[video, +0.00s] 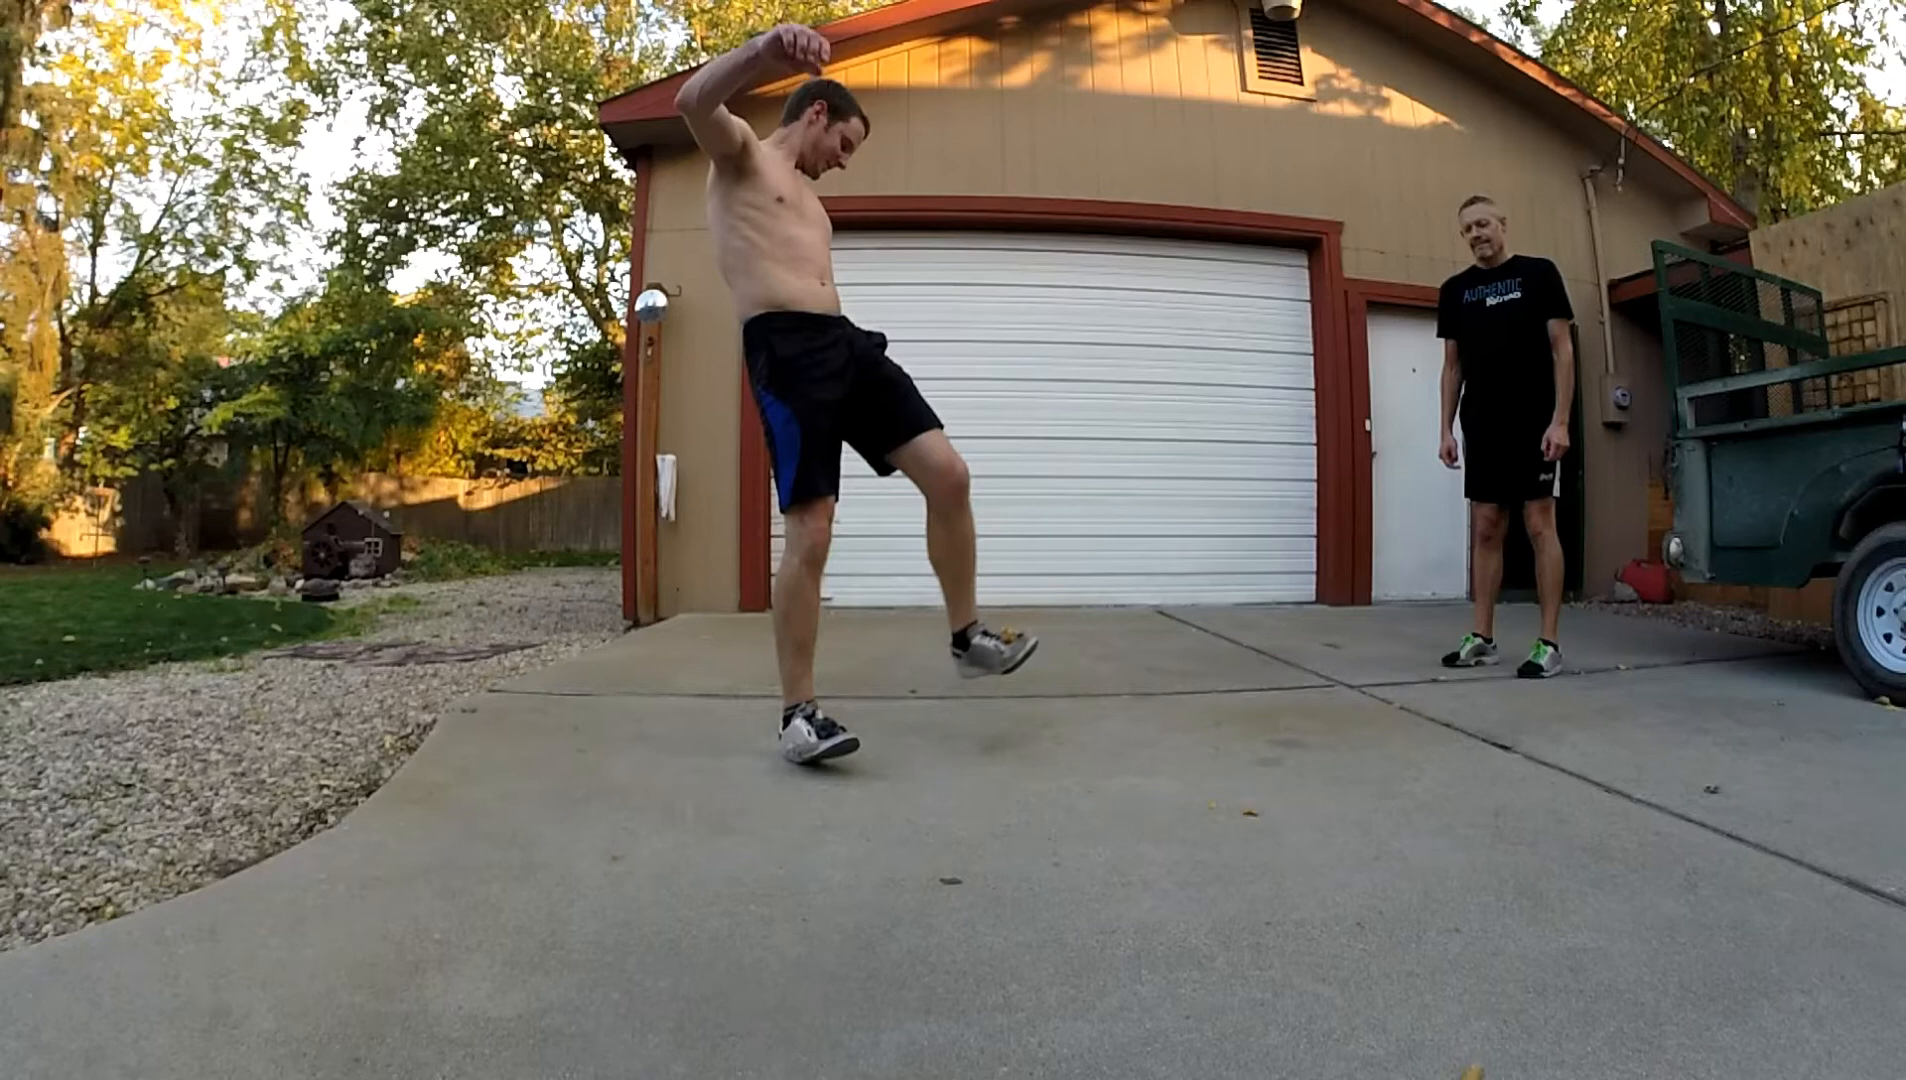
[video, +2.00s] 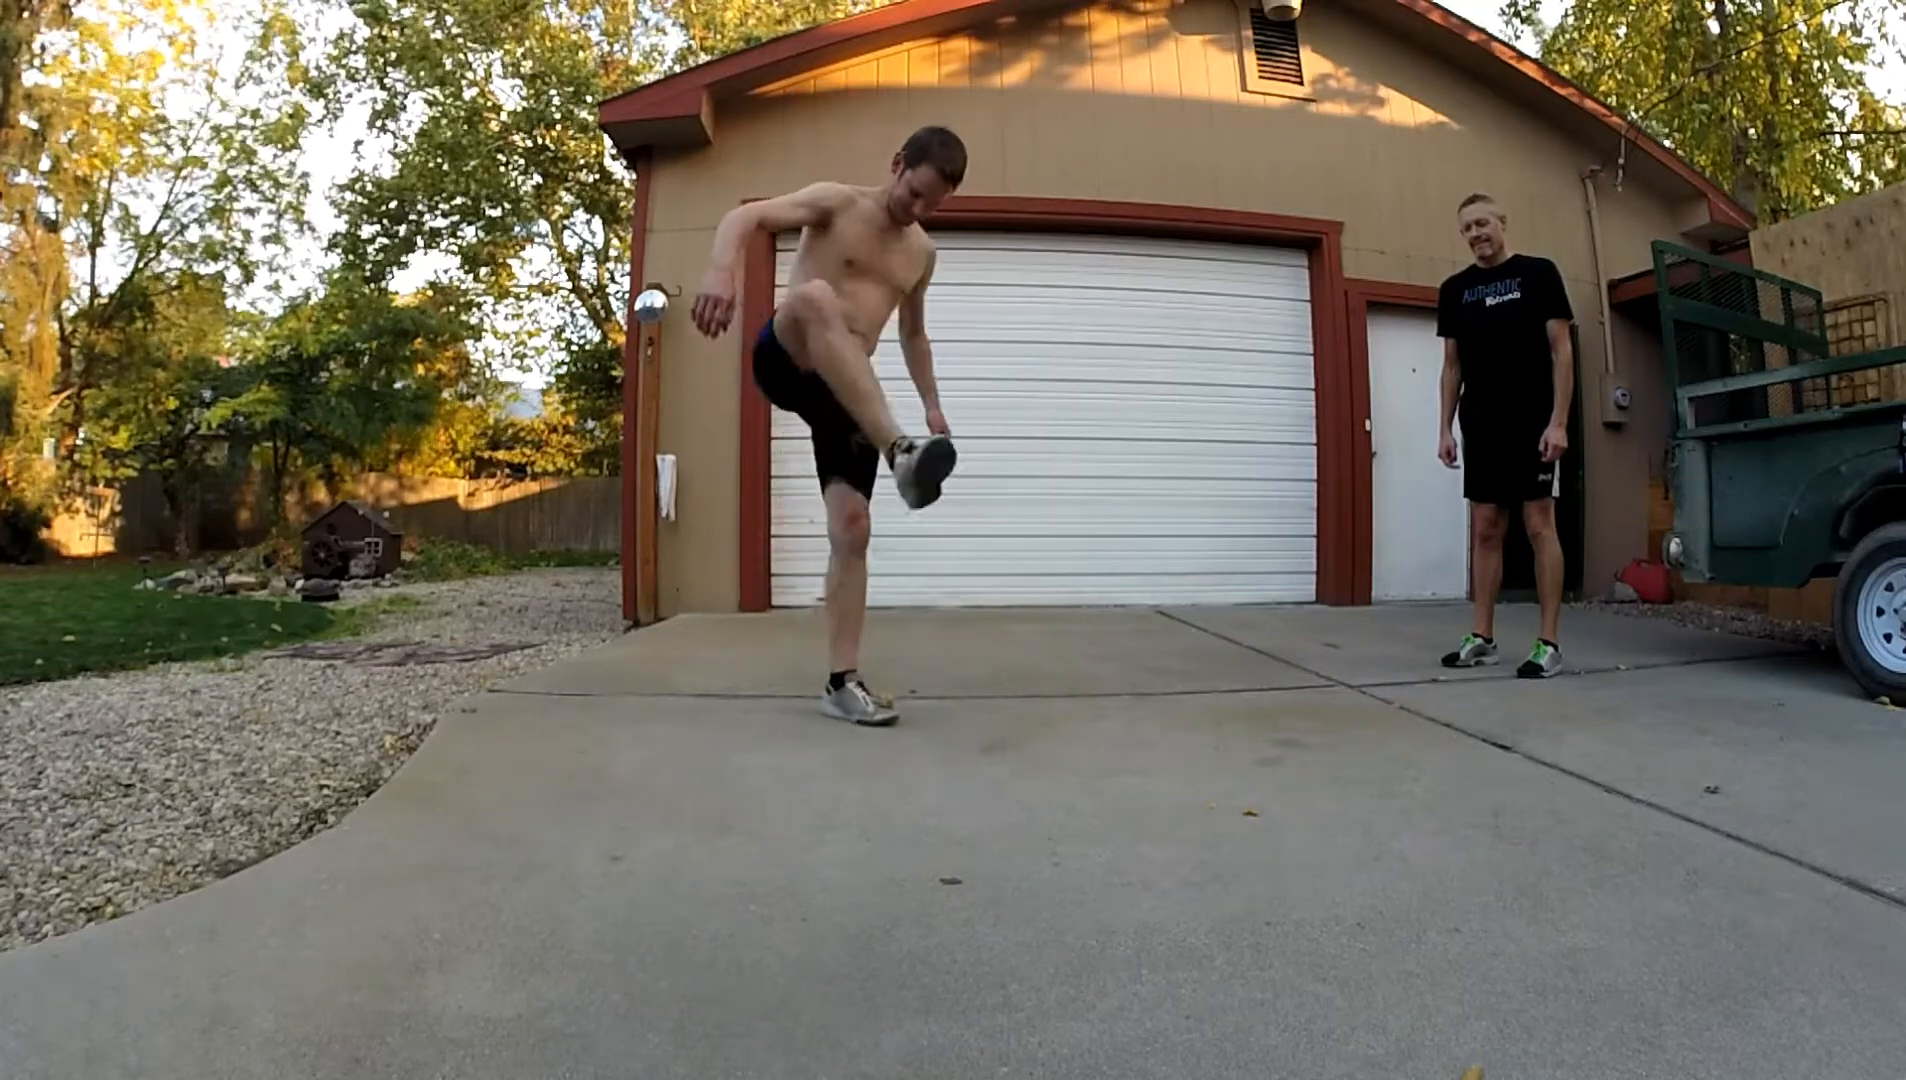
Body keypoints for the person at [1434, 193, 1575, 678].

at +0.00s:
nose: (1477, 233)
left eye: (1483, 224)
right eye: (1469, 229)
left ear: (1503, 225)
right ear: (1462, 238)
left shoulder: (1539, 273)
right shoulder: (1455, 291)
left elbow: (1563, 349)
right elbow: (1452, 364)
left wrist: (1560, 421)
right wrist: (1447, 429)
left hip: (1535, 420)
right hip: (1484, 423)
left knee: (1540, 527)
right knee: (1485, 528)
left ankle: (1549, 642)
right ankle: (1482, 636)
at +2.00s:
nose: (1476, 232)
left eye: (1483, 223)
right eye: (1468, 227)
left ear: (1503, 225)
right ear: (1461, 236)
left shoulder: (1539, 273)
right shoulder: (1454, 290)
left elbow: (1562, 350)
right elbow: (1452, 364)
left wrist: (1558, 422)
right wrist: (1446, 428)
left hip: (1534, 420)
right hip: (1483, 423)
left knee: (1539, 527)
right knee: (1485, 529)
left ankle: (1549, 642)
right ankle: (1482, 636)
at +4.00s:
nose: (1448, 234)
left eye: (1455, 226)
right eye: (1440, 229)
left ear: (1476, 234)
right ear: (1434, 241)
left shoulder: (1511, 275)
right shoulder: (1430, 300)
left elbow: (1542, 346)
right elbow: (1447, 364)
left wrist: (1530, 402)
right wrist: (1477, 399)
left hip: (1514, 413)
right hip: (1465, 419)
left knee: (1529, 521)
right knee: (1478, 528)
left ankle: (1558, 641)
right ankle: (1481, 636)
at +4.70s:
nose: (1529, 216)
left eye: (1537, 207)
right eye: (1520, 209)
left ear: (1555, 212)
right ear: (1509, 217)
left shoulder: (1586, 266)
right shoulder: (1490, 272)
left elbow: (1598, 345)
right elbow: (1484, 342)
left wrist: (1574, 383)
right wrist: (1518, 375)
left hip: (1570, 411)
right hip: (1512, 412)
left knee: (1569, 522)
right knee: (1500, 526)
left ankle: (1572, 648)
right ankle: (1483, 633)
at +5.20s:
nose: (1562, 204)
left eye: (1570, 194)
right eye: (1553, 198)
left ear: (1592, 195)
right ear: (1545, 206)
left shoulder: (1624, 260)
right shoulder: (1526, 256)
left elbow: (1626, 341)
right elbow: (1515, 338)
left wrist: (1611, 385)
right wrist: (1545, 375)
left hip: (1602, 399)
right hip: (1547, 401)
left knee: (1589, 522)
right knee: (1568, 512)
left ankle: (1574, 650)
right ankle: (1550, 652)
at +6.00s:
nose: (1582, 167)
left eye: (1589, 153)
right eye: (1570, 160)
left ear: (1616, 149)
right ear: (1563, 170)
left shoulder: (1662, 210)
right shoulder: (1557, 231)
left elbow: (1675, 284)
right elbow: (1553, 323)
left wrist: (1640, 335)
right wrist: (1591, 360)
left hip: (1660, 376)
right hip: (1602, 384)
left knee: (1665, 530)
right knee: (1630, 518)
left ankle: (1610, 631)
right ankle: (1630, 667)